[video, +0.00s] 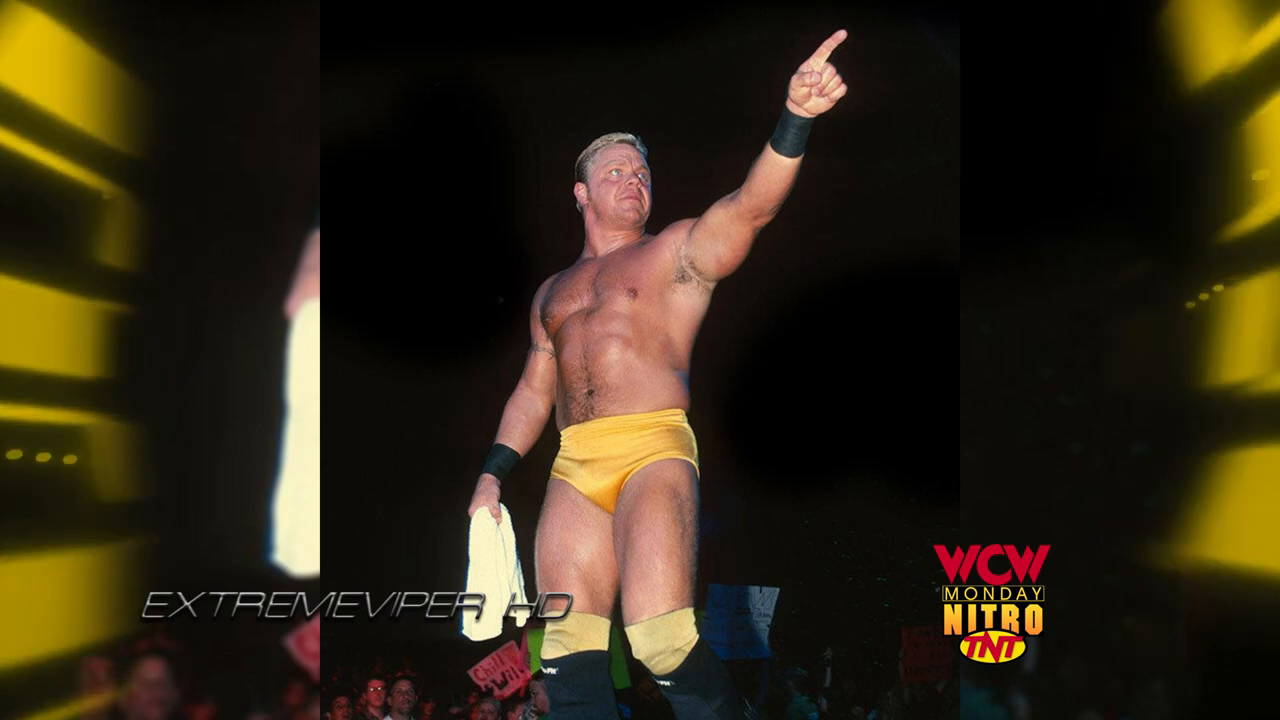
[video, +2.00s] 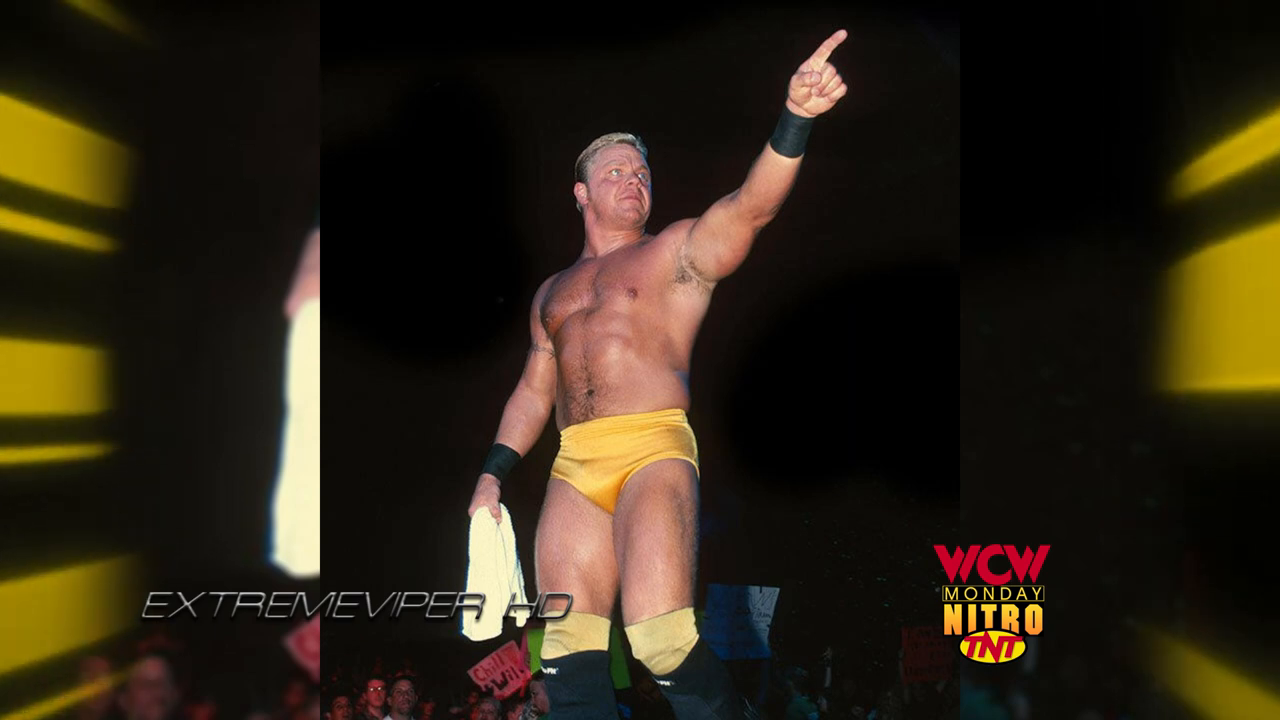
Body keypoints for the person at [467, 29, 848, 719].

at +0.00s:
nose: (632, 179)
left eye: (640, 172)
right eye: (615, 170)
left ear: (650, 194)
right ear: (581, 193)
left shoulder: (680, 254)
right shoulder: (552, 296)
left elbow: (753, 203)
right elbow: (534, 394)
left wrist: (797, 116)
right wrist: (490, 478)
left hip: (656, 448)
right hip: (575, 462)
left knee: (660, 636)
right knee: (568, 646)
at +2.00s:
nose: (632, 179)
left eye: (640, 172)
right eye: (615, 170)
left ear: (650, 194)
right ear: (581, 193)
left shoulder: (680, 254)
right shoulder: (552, 296)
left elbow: (753, 203)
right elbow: (534, 394)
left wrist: (797, 116)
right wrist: (490, 478)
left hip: (656, 448)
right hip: (575, 462)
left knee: (660, 636)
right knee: (568, 647)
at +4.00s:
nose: (632, 179)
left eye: (640, 172)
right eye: (615, 170)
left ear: (650, 194)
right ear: (581, 193)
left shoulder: (680, 254)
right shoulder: (552, 296)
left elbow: (753, 203)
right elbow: (534, 394)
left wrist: (797, 116)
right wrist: (490, 478)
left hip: (656, 448)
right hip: (575, 462)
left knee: (660, 636)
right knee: (568, 647)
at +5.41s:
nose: (632, 180)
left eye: (640, 172)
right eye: (615, 170)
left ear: (650, 194)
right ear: (581, 193)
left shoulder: (680, 254)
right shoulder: (552, 296)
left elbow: (753, 203)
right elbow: (534, 393)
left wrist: (797, 116)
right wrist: (491, 478)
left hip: (656, 449)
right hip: (575, 462)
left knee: (660, 637)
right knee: (567, 646)